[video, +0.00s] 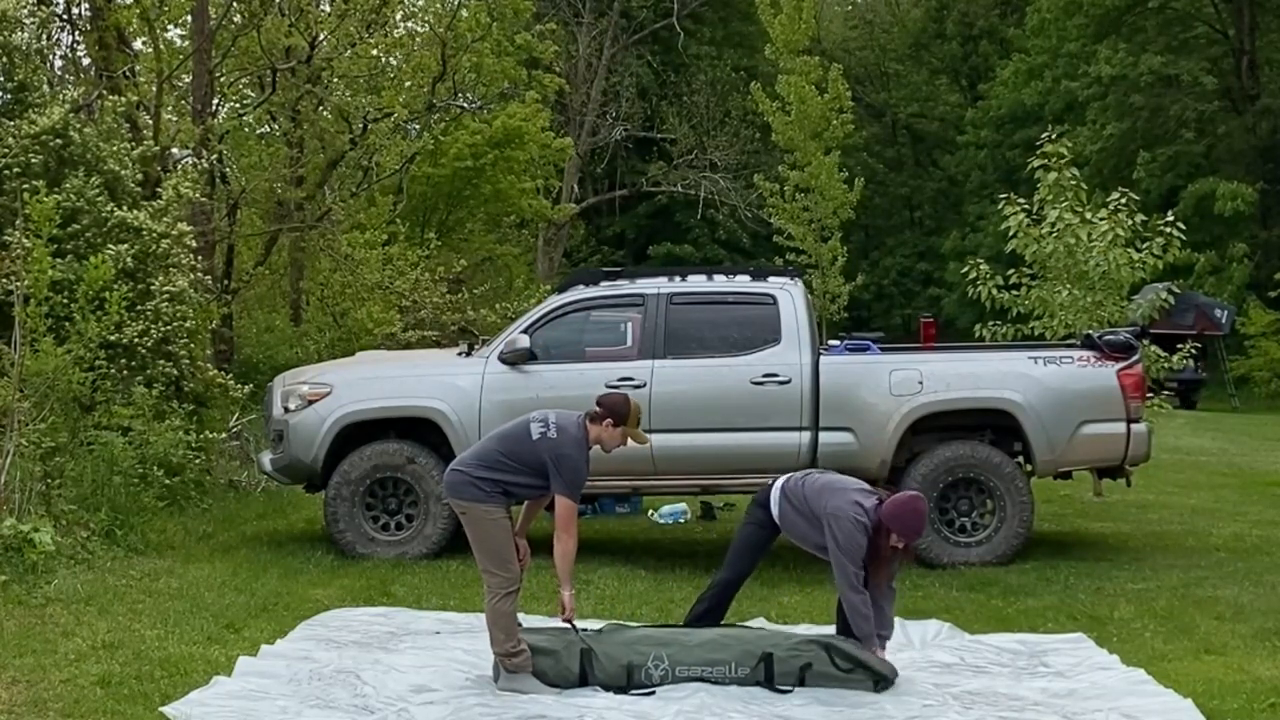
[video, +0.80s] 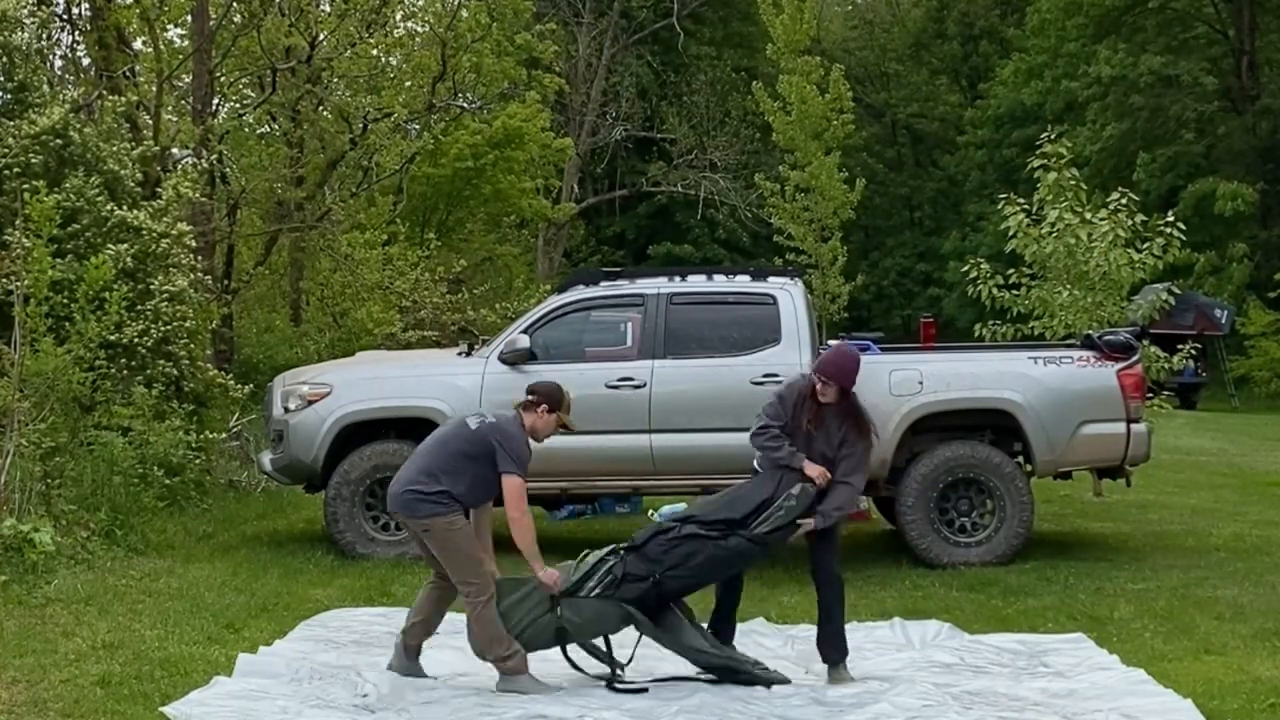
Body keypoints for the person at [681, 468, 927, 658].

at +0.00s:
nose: (898, 544)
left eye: (905, 541)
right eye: (896, 537)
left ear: (910, 536)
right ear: (885, 523)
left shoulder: (890, 525)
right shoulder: (848, 518)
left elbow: (883, 585)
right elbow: (851, 587)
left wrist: (880, 642)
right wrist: (871, 646)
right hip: (777, 499)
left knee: (861, 580)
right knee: (729, 578)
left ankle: (848, 654)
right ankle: (687, 642)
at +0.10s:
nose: (894, 532)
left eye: (902, 528)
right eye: (892, 524)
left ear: (908, 524)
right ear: (880, 510)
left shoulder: (880, 514)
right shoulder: (842, 503)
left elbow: (872, 574)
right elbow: (834, 572)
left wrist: (875, 621)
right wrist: (867, 620)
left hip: (820, 510)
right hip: (770, 494)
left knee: (852, 576)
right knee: (726, 576)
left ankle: (841, 662)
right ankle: (686, 638)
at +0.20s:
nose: (892, 510)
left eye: (897, 505)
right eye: (890, 503)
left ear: (899, 499)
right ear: (874, 489)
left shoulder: (873, 500)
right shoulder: (832, 483)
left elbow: (863, 555)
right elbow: (822, 550)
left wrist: (864, 590)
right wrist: (860, 587)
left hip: (805, 509)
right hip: (759, 490)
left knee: (839, 582)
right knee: (719, 576)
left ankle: (840, 669)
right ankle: (685, 650)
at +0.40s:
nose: (877, 470)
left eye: (883, 464)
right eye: (875, 461)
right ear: (860, 450)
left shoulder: (856, 464)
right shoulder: (820, 448)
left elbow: (838, 514)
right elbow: (808, 508)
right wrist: (845, 546)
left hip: (789, 496)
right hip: (746, 482)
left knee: (823, 568)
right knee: (712, 570)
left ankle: (839, 665)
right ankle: (667, 657)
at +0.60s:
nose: (850, 443)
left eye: (859, 440)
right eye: (848, 434)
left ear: (867, 440)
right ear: (838, 421)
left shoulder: (854, 459)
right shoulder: (805, 431)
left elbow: (836, 500)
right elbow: (779, 487)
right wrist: (826, 511)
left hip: (791, 499)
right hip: (744, 484)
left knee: (818, 571)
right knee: (714, 566)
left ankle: (838, 659)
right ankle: (689, 649)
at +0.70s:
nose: (836, 409)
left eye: (845, 406)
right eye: (834, 401)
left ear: (858, 408)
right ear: (829, 393)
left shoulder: (858, 435)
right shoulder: (805, 410)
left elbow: (850, 489)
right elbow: (767, 458)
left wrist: (827, 528)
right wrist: (810, 484)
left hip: (813, 503)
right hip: (766, 491)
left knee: (833, 578)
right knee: (730, 568)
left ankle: (839, 665)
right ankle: (681, 647)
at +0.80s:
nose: (819, 386)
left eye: (827, 383)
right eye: (817, 378)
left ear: (845, 387)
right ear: (813, 373)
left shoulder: (855, 425)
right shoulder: (795, 391)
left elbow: (850, 483)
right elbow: (762, 434)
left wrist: (820, 518)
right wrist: (803, 463)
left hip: (821, 500)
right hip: (773, 487)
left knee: (827, 572)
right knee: (732, 557)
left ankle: (836, 662)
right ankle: (719, 645)